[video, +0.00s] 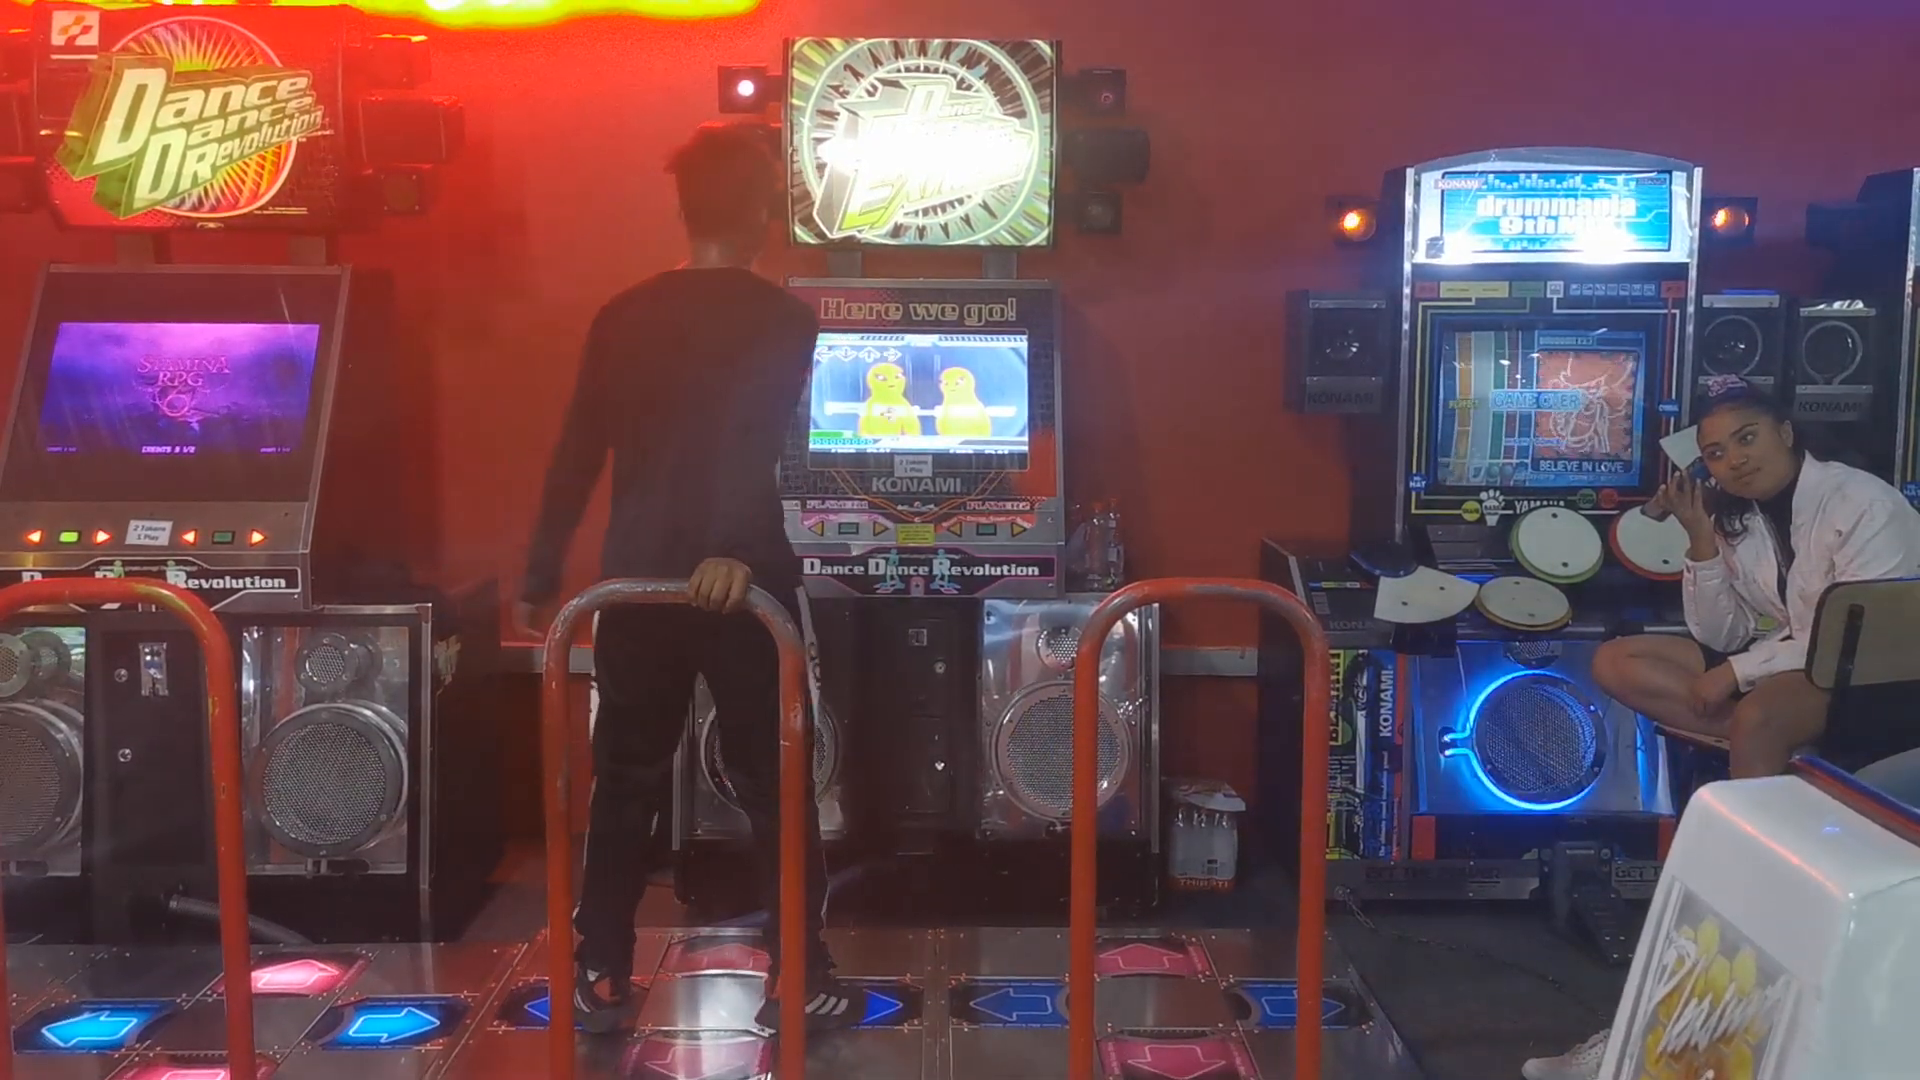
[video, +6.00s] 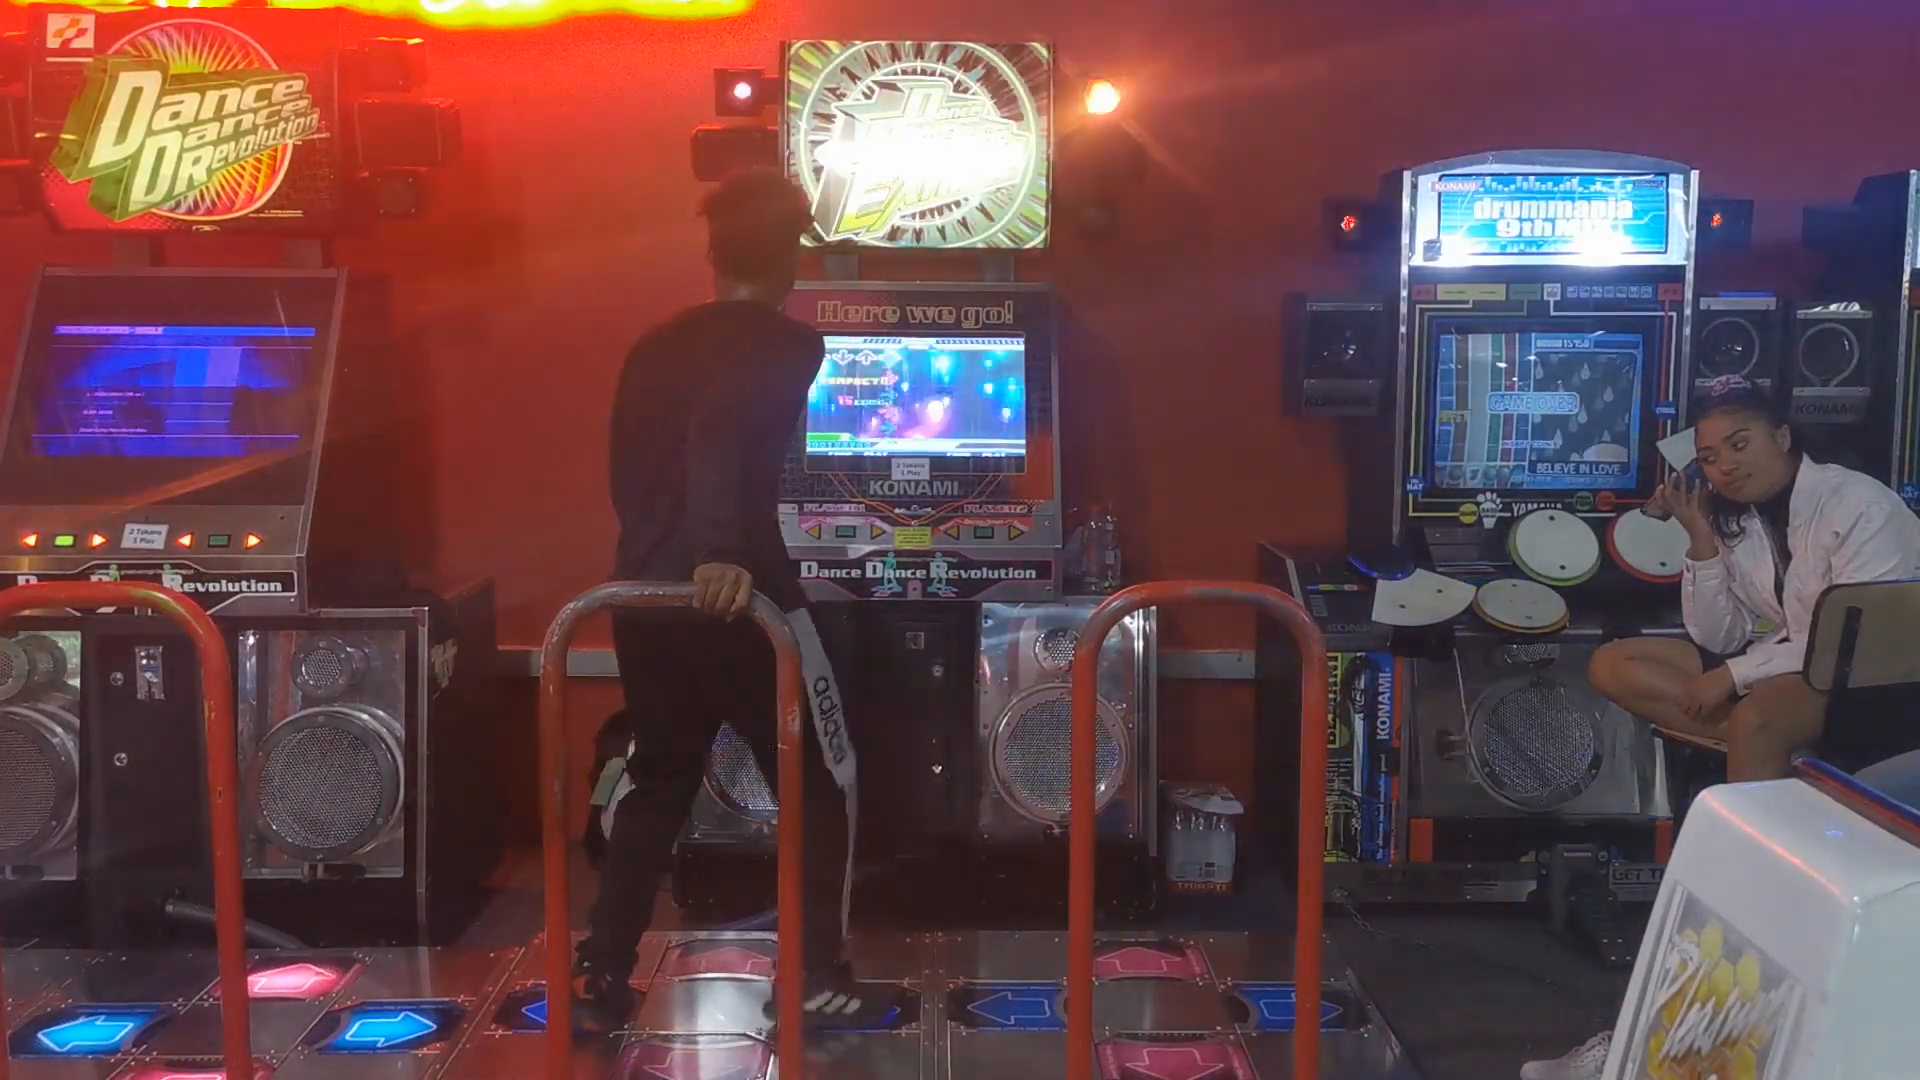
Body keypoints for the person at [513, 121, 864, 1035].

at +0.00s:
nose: (779, 220)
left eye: (774, 205)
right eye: (774, 206)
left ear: (686, 212)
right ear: (758, 215)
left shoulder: (626, 312)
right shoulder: (786, 318)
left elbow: (577, 452)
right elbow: (769, 444)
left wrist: (540, 578)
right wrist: (736, 545)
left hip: (640, 578)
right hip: (747, 582)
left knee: (625, 783)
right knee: (768, 782)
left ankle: (602, 974)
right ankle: (806, 970)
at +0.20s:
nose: (811, 221)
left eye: (804, 206)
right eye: (809, 208)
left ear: (723, 213)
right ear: (797, 215)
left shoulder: (659, 311)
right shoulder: (812, 318)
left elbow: (632, 447)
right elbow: (772, 432)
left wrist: (668, 533)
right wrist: (732, 544)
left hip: (662, 570)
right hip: (765, 575)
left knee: (639, 774)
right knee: (792, 782)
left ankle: (605, 971)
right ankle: (801, 979)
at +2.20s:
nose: (754, 247)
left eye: (743, 231)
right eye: (755, 234)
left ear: (670, 232)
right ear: (746, 240)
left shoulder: (593, 322)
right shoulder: (762, 336)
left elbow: (549, 469)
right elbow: (745, 442)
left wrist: (543, 592)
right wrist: (729, 546)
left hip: (603, 576)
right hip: (711, 582)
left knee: (599, 781)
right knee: (737, 756)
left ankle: (599, 979)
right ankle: (754, 919)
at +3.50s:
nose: (858, 237)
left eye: (846, 222)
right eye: (854, 224)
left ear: (770, 233)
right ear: (847, 234)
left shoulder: (702, 319)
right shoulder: (860, 325)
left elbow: (660, 459)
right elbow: (800, 434)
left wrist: (678, 568)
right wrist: (733, 545)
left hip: (695, 567)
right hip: (803, 560)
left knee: (676, 752)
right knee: (826, 764)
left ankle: (693, 949)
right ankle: (824, 974)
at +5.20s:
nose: (781, 260)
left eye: (760, 242)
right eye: (783, 245)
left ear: (710, 246)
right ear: (784, 247)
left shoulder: (637, 328)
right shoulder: (796, 331)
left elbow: (584, 455)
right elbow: (750, 431)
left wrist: (617, 535)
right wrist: (721, 542)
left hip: (593, 581)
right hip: (696, 584)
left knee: (595, 778)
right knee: (726, 763)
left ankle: (569, 977)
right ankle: (719, 947)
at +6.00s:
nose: (804, 260)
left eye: (799, 246)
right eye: (801, 247)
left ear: (716, 255)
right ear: (790, 254)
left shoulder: (655, 346)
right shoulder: (789, 342)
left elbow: (628, 478)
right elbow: (724, 432)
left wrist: (656, 552)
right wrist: (719, 545)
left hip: (649, 604)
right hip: (750, 600)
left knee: (657, 783)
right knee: (816, 788)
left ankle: (603, 978)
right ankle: (820, 982)